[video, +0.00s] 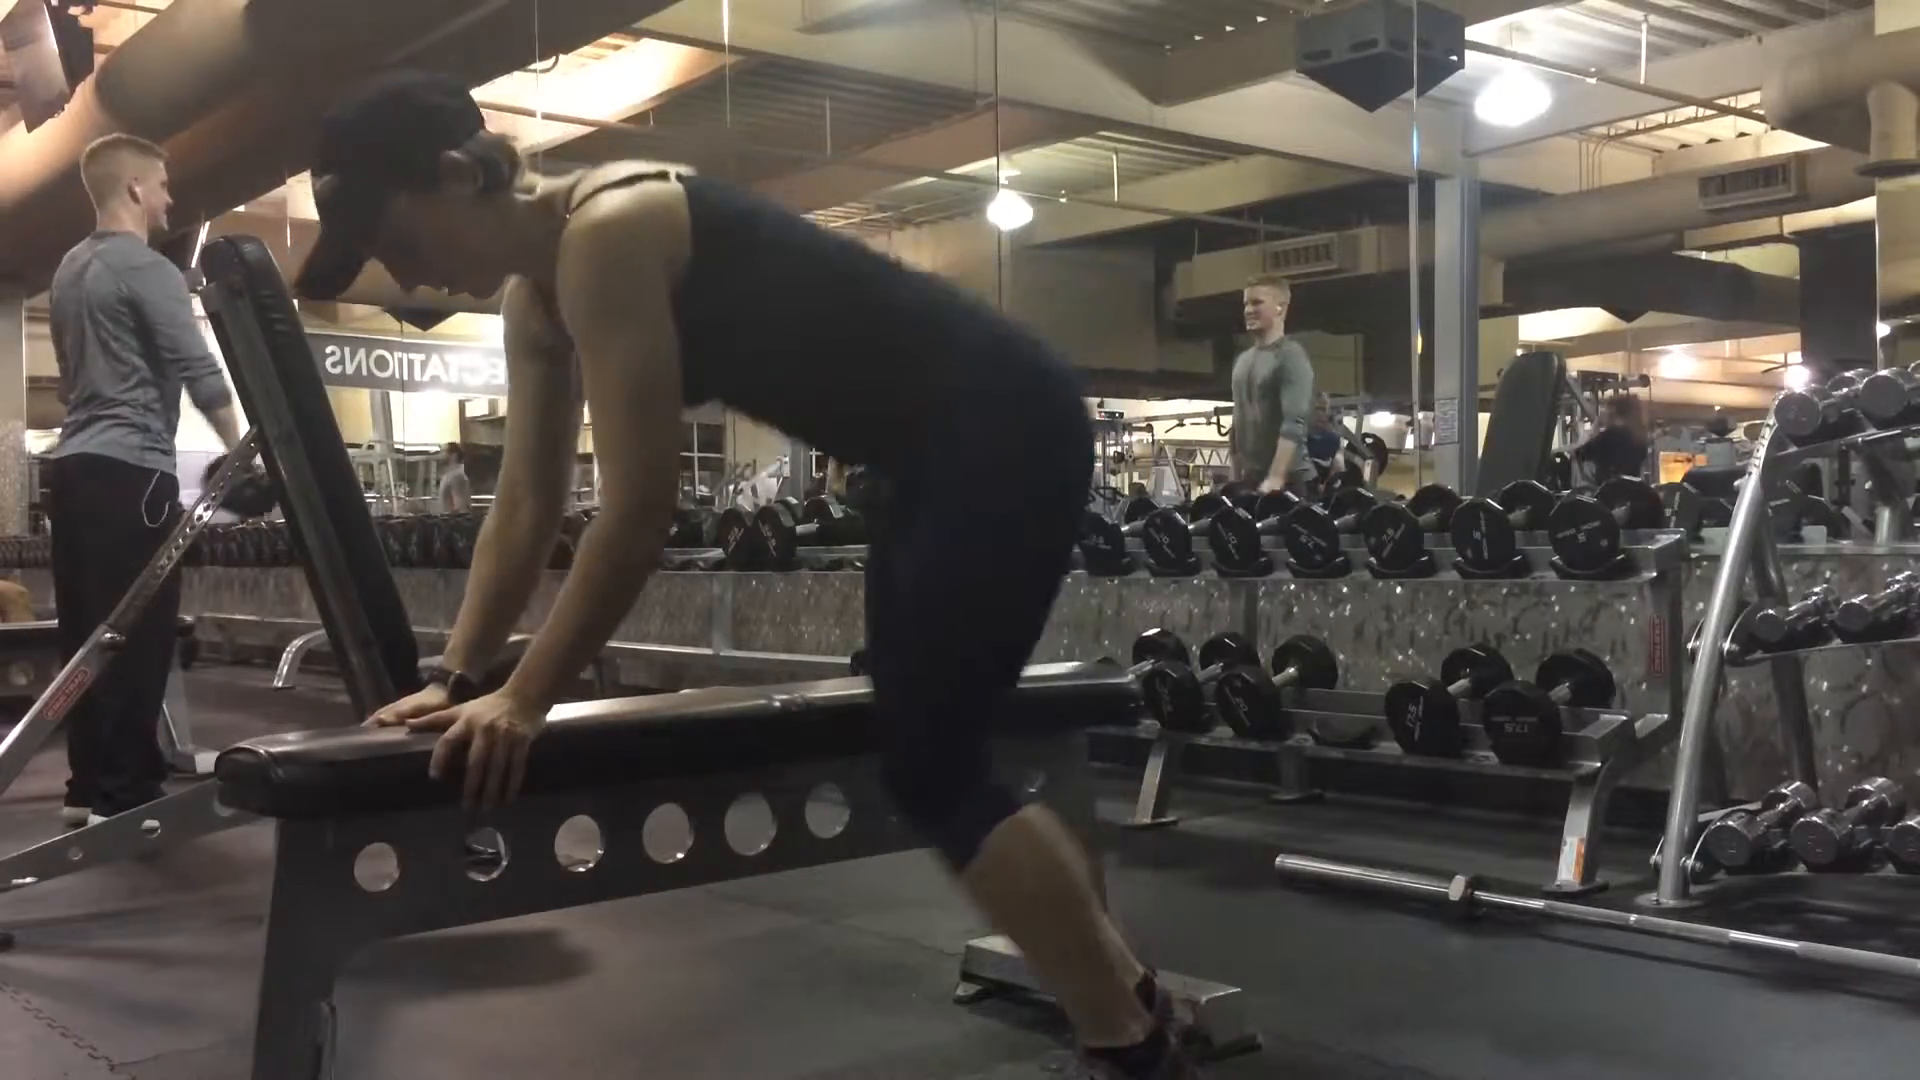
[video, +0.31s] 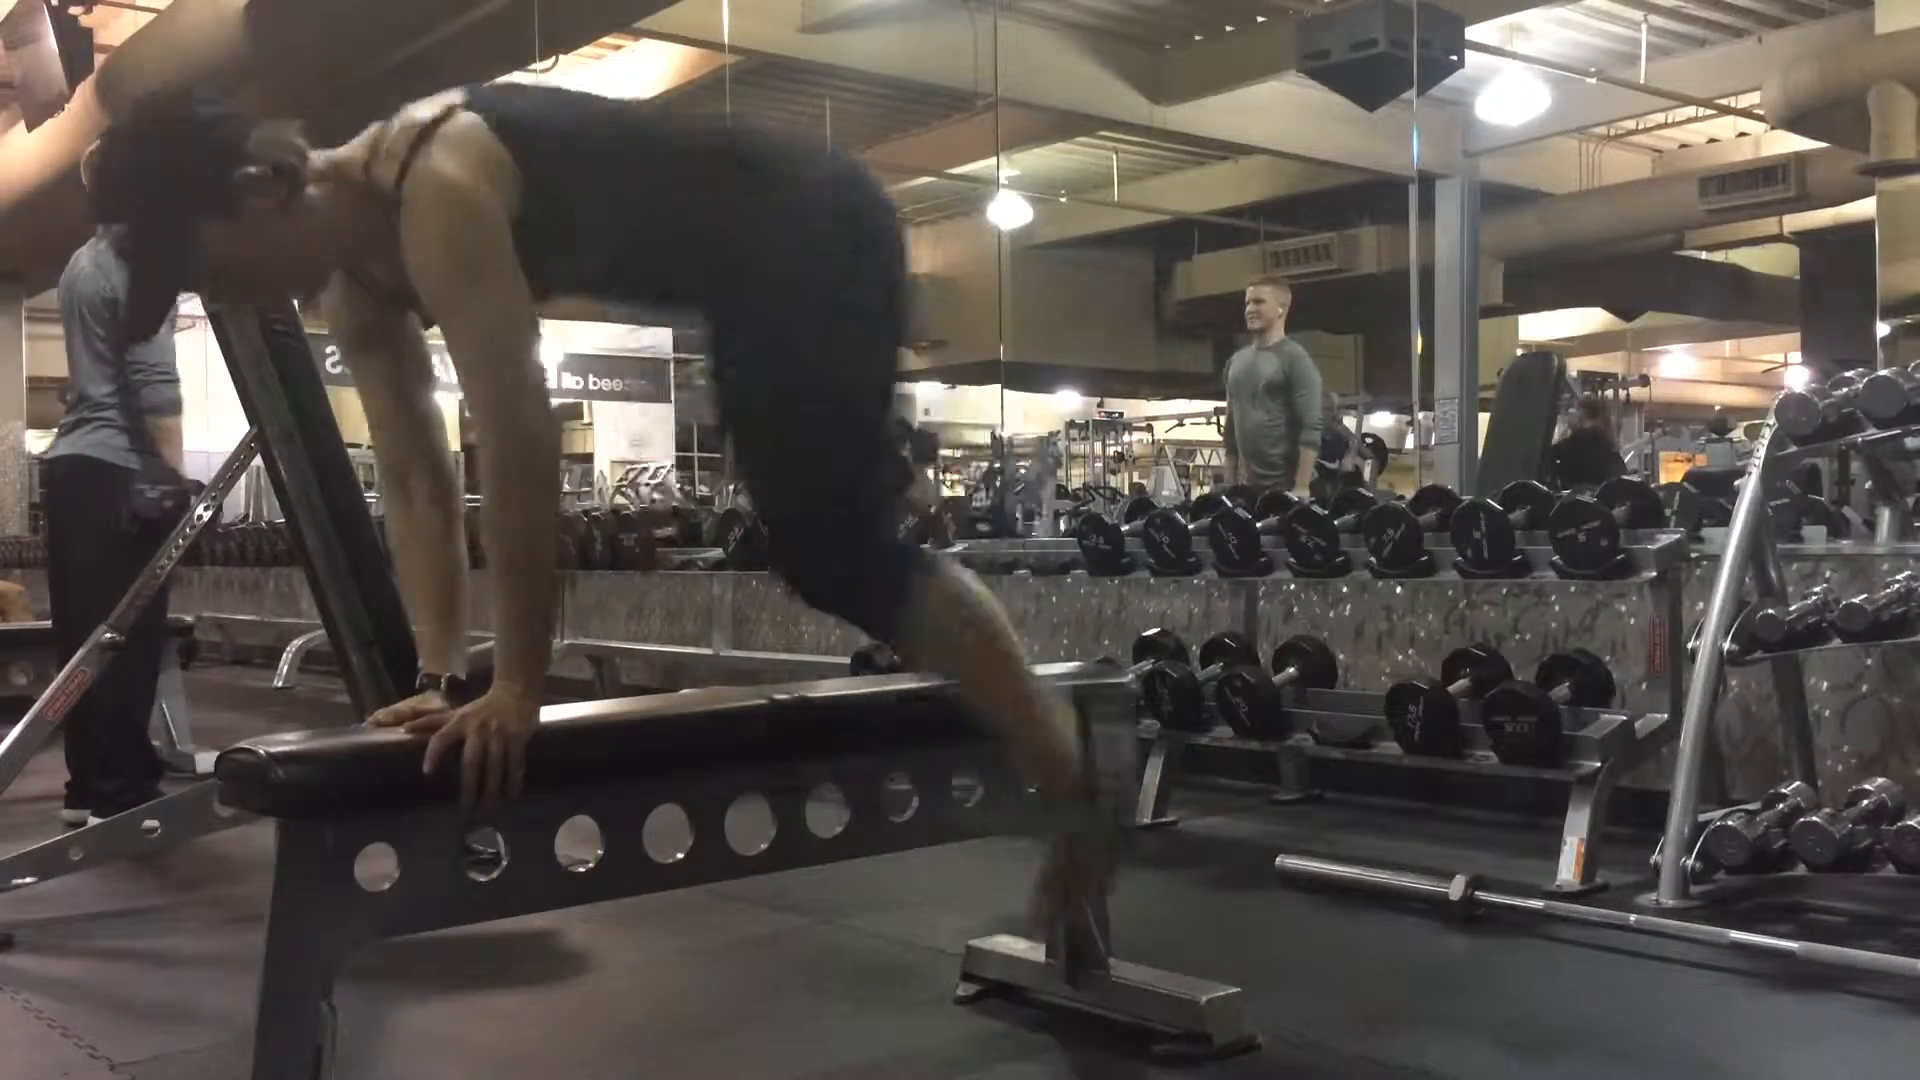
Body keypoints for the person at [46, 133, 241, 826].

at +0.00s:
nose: (168, 199)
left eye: (166, 187)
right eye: (161, 186)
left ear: (107, 194)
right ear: (134, 189)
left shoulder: (67, 272)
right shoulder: (146, 266)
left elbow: (83, 375)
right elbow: (199, 370)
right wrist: (242, 449)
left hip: (71, 468)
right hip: (130, 472)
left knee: (85, 629)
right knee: (142, 629)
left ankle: (90, 784)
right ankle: (126, 791)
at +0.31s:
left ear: (95, 196)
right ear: (150, 203)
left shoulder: (76, 266)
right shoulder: (130, 271)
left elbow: (91, 385)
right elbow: (156, 386)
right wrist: (179, 479)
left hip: (69, 465)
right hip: (120, 469)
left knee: (81, 629)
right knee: (132, 629)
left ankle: (87, 784)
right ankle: (123, 789)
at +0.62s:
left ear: (106, 228)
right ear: (143, 233)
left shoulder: (84, 279)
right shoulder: (130, 280)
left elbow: (85, 388)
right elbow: (144, 389)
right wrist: (160, 483)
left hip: (70, 462)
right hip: (108, 467)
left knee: (84, 631)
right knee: (123, 631)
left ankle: (89, 786)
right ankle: (120, 793)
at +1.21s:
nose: (155, 205)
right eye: (147, 190)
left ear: (79, 192)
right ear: (132, 190)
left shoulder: (63, 264)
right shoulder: (123, 266)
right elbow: (137, 382)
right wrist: (162, 474)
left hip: (66, 469)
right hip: (111, 472)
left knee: (80, 630)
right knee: (126, 631)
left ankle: (90, 783)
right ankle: (124, 788)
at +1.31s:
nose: (146, 204)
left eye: (139, 192)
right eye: (141, 192)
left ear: (82, 195)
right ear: (125, 191)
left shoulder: (66, 264)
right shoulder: (124, 265)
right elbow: (140, 383)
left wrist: (152, 254)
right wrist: (165, 475)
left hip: (66, 470)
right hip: (113, 473)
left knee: (82, 632)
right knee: (127, 633)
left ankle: (90, 785)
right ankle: (124, 790)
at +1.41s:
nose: (152, 210)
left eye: (152, 197)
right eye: (148, 197)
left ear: (88, 194)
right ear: (126, 193)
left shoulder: (63, 264)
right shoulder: (124, 268)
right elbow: (140, 390)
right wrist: (167, 481)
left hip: (65, 471)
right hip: (112, 475)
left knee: (83, 632)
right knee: (128, 634)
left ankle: (88, 785)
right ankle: (124, 790)